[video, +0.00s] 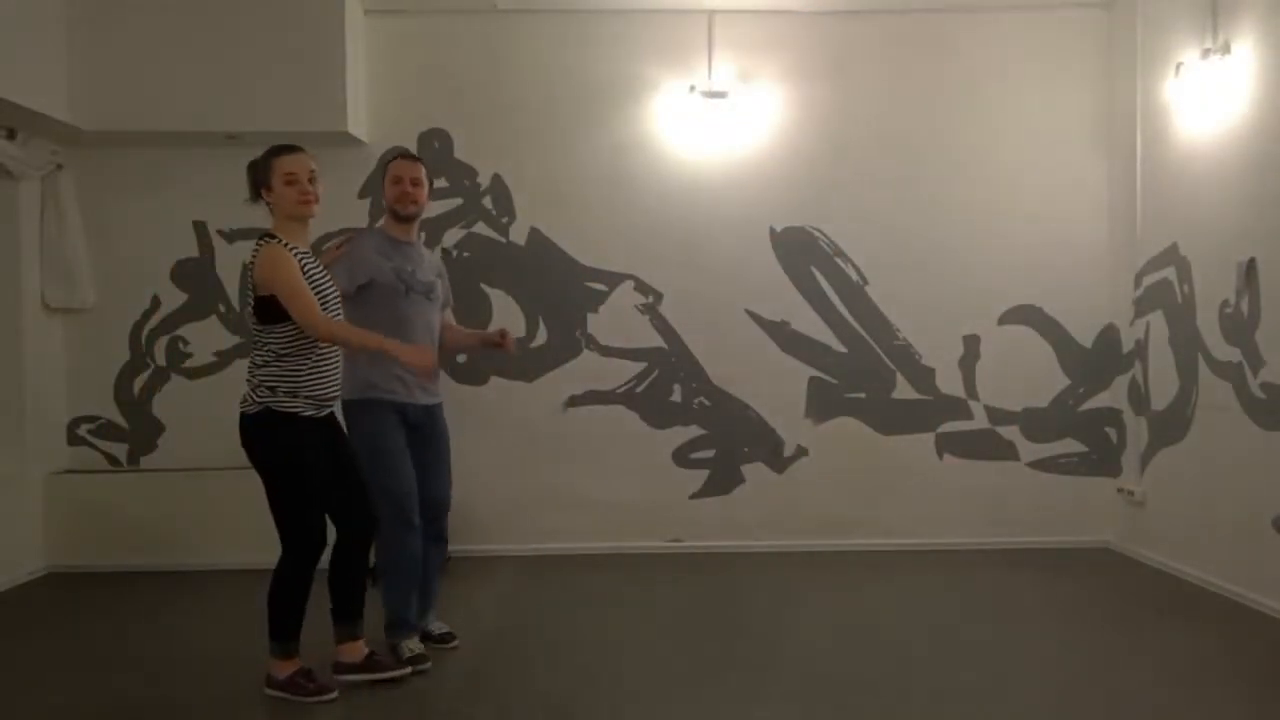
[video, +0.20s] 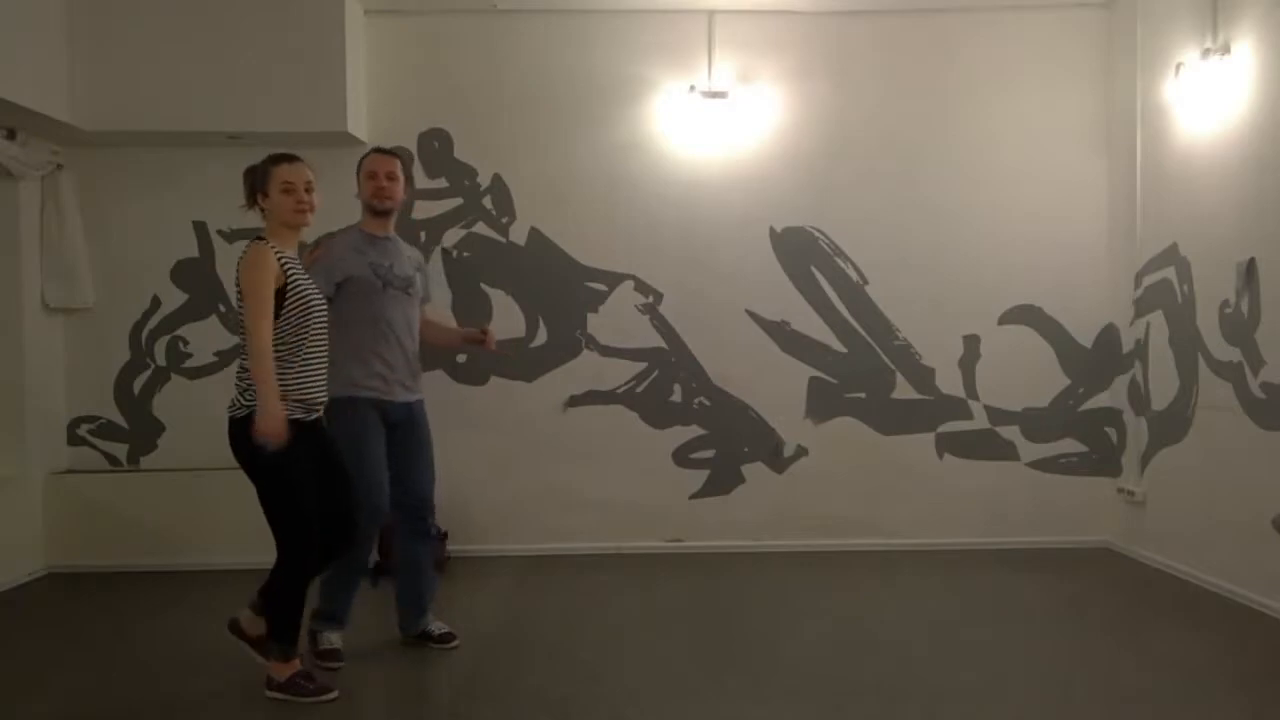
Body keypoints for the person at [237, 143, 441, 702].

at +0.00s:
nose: (307, 189)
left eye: (312, 180)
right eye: (292, 182)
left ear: (319, 189)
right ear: (267, 194)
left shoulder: (300, 254)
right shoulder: (273, 255)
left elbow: (294, 315)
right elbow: (314, 323)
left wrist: (324, 263)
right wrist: (396, 348)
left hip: (316, 417)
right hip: (277, 420)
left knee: (357, 524)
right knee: (304, 541)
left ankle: (350, 651)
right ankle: (282, 665)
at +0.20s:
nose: (303, 197)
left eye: (309, 189)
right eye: (289, 190)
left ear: (315, 199)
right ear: (262, 201)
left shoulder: (292, 260)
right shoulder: (261, 256)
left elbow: (293, 330)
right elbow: (259, 334)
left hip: (302, 418)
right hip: (271, 420)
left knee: (331, 528)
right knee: (302, 539)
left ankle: (259, 617)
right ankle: (282, 666)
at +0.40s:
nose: (293, 206)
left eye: (297, 198)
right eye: (279, 198)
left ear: (301, 208)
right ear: (250, 208)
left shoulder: (269, 264)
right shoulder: (246, 256)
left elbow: (234, 329)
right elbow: (191, 324)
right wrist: (143, 386)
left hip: (266, 420)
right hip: (253, 422)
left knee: (256, 541)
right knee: (291, 539)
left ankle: (194, 643)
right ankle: (283, 665)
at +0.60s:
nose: (278, 207)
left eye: (276, 198)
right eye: (268, 200)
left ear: (244, 211)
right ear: (239, 209)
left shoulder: (239, 263)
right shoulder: (223, 257)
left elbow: (199, 333)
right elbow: (168, 326)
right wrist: (120, 384)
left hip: (220, 418)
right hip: (207, 419)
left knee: (224, 538)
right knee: (261, 529)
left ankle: (184, 650)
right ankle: (269, 663)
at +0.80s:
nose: (241, 209)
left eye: (238, 200)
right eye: (234, 201)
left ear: (206, 211)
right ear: (207, 211)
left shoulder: (210, 262)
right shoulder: (185, 261)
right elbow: (163, 339)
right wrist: (203, 415)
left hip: (192, 422)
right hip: (171, 423)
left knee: (216, 537)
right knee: (212, 537)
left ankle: (183, 651)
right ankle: (154, 648)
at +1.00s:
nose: (207, 205)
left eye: (204, 196)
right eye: (199, 197)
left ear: (171, 208)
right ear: (170, 207)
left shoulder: (179, 268)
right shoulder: (143, 266)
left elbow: (189, 330)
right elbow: (142, 345)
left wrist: (228, 299)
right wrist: (215, 333)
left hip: (175, 426)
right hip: (128, 428)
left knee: (202, 528)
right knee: (135, 541)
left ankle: (181, 650)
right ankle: (79, 645)